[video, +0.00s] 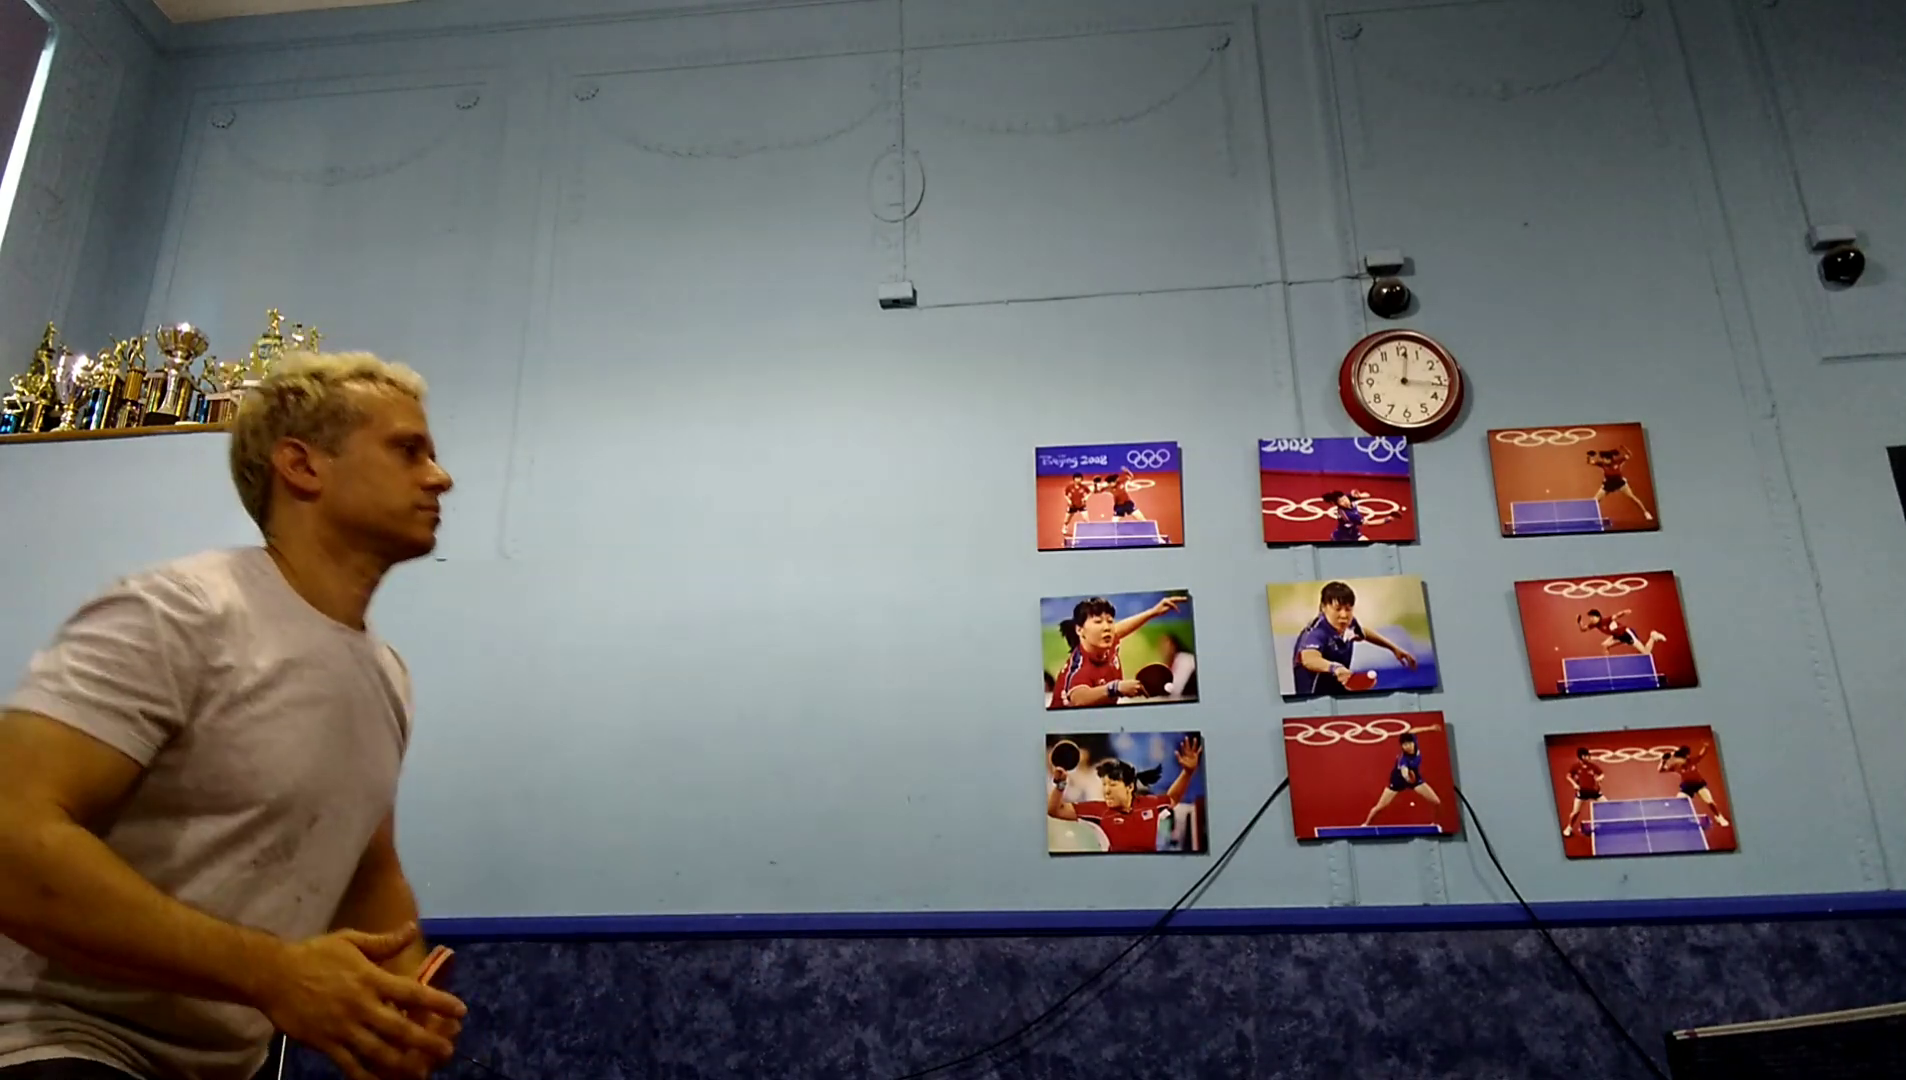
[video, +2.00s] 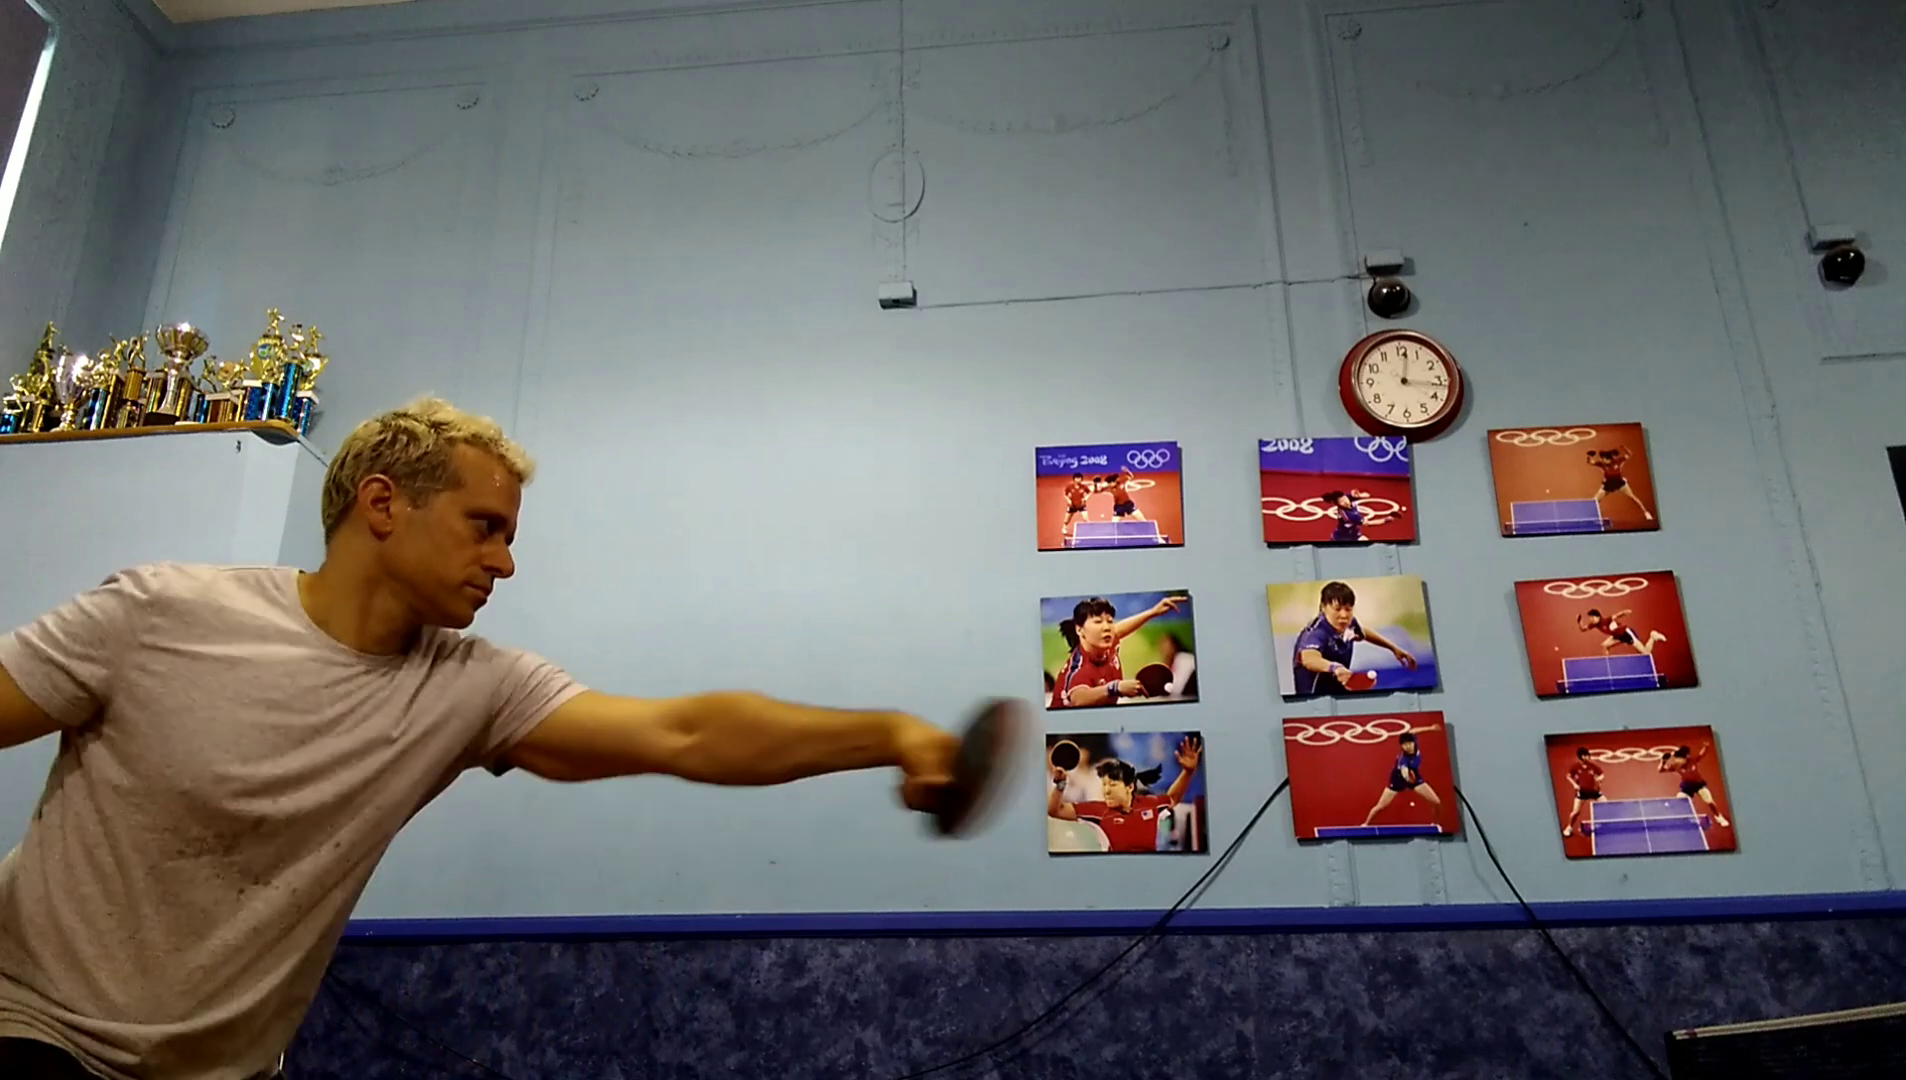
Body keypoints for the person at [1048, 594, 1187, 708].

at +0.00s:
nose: (1107, 628)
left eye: (1109, 622)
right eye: (1098, 622)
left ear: (1114, 626)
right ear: (1080, 630)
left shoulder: (1109, 644)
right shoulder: (1079, 666)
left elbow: (1120, 630)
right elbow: (1078, 698)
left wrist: (1154, 611)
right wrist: (1115, 687)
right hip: (1069, 730)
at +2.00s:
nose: (1106, 628)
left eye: (1109, 622)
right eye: (1098, 622)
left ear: (1114, 626)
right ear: (1080, 630)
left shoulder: (1109, 645)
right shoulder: (1079, 666)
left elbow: (1118, 630)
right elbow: (1078, 698)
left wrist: (1154, 612)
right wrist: (1116, 687)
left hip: (1102, 723)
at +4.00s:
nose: (1107, 628)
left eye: (1109, 622)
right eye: (1098, 622)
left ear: (1114, 626)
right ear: (1080, 630)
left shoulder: (1109, 645)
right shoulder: (1079, 666)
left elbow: (1119, 630)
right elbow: (1078, 698)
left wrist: (1154, 612)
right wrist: (1115, 687)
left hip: (1102, 724)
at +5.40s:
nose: (1107, 628)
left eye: (1110, 622)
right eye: (1098, 622)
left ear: (1114, 626)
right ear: (1080, 630)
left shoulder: (1109, 645)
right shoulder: (1079, 666)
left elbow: (1118, 630)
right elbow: (1078, 698)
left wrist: (1153, 612)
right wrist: (1115, 687)